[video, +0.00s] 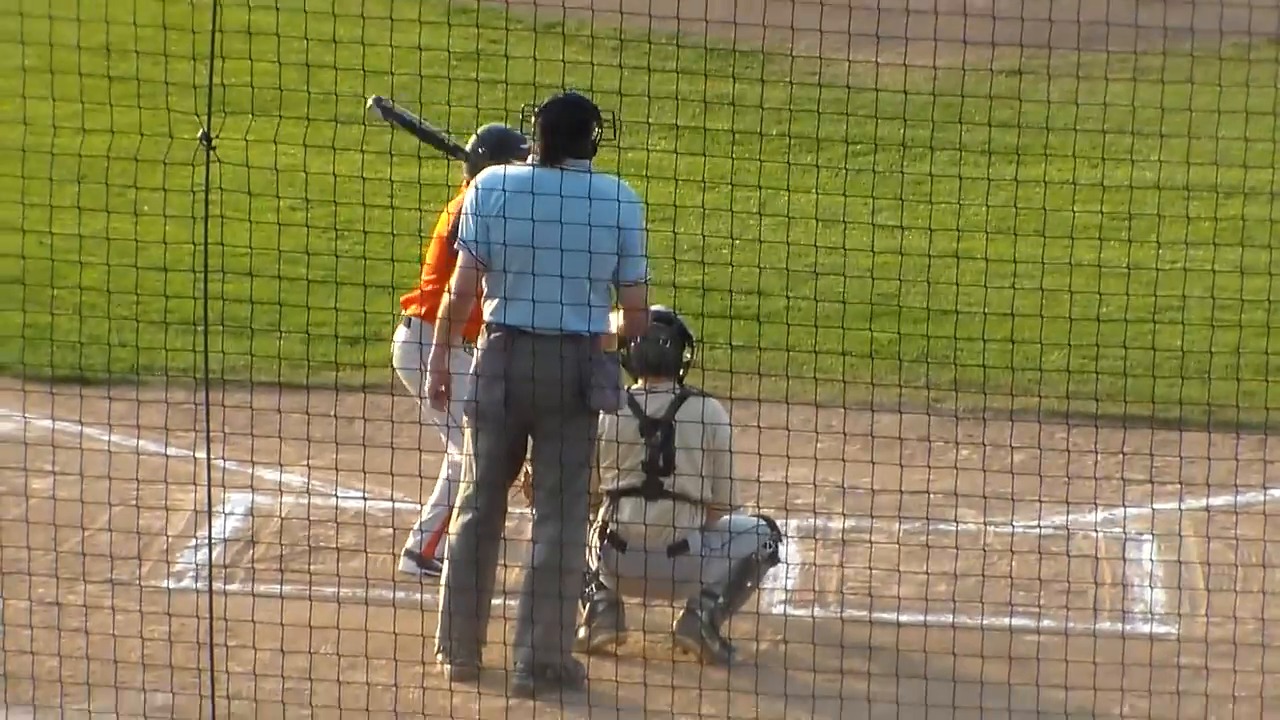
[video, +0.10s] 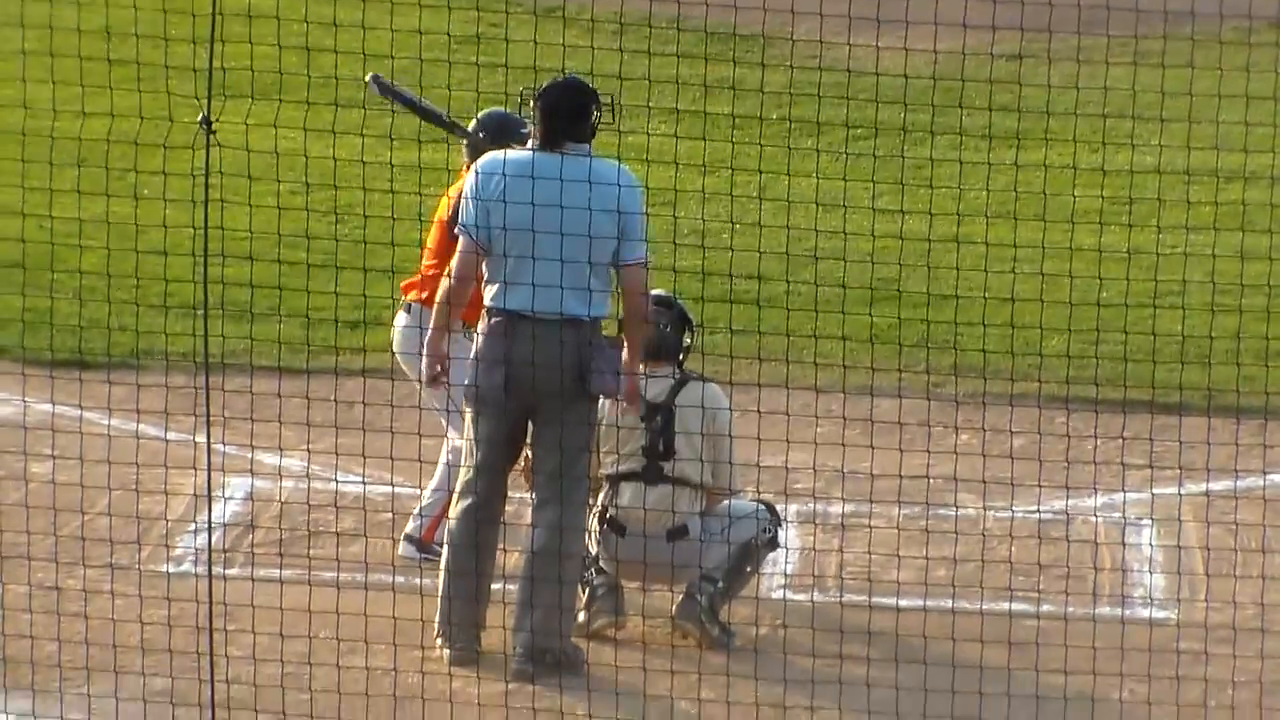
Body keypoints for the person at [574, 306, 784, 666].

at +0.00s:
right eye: (684, 348)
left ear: (631, 359)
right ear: (681, 359)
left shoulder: (608, 411)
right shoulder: (708, 411)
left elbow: (590, 495)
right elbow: (718, 506)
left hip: (618, 563)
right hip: (681, 565)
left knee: (593, 517)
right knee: (765, 534)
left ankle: (602, 607)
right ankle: (703, 616)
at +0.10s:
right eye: (682, 333)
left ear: (630, 342)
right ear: (680, 344)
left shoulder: (607, 394)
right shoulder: (707, 395)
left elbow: (592, 475)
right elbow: (720, 489)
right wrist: (684, 515)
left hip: (616, 548)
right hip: (680, 549)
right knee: (764, 519)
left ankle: (601, 592)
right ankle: (703, 600)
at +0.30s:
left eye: (636, 303)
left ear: (627, 317)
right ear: (681, 319)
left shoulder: (607, 371)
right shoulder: (707, 371)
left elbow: (588, 455)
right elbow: (720, 468)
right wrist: (680, 487)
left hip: (616, 524)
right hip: (682, 526)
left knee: (579, 481)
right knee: (766, 496)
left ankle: (602, 570)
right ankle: (703, 578)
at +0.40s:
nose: (637, 311)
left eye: (638, 306)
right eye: (637, 305)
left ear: (627, 321)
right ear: (680, 323)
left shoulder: (607, 375)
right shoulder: (707, 376)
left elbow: (590, 461)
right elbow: (719, 473)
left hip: (615, 527)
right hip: (681, 530)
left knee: (586, 488)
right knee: (765, 500)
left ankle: (603, 573)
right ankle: (703, 582)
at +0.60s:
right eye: (683, 302)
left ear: (629, 308)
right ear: (680, 313)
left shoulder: (607, 362)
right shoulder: (709, 364)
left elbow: (591, 447)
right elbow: (720, 461)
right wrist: (678, 476)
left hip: (617, 517)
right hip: (682, 519)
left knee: (599, 473)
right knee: (766, 488)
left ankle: (604, 564)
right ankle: (704, 570)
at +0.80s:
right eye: (684, 300)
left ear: (634, 308)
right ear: (682, 311)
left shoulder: (608, 361)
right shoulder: (709, 363)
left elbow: (592, 445)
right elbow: (720, 459)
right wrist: (681, 477)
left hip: (617, 516)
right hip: (682, 518)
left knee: (596, 470)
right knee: (765, 486)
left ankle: (604, 562)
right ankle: (704, 568)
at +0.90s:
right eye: (684, 299)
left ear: (633, 306)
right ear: (682, 310)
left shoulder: (608, 359)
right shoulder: (709, 363)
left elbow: (591, 445)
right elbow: (721, 458)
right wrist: (682, 475)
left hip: (615, 514)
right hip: (682, 517)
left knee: (591, 471)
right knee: (765, 485)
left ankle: (603, 560)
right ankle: (704, 566)